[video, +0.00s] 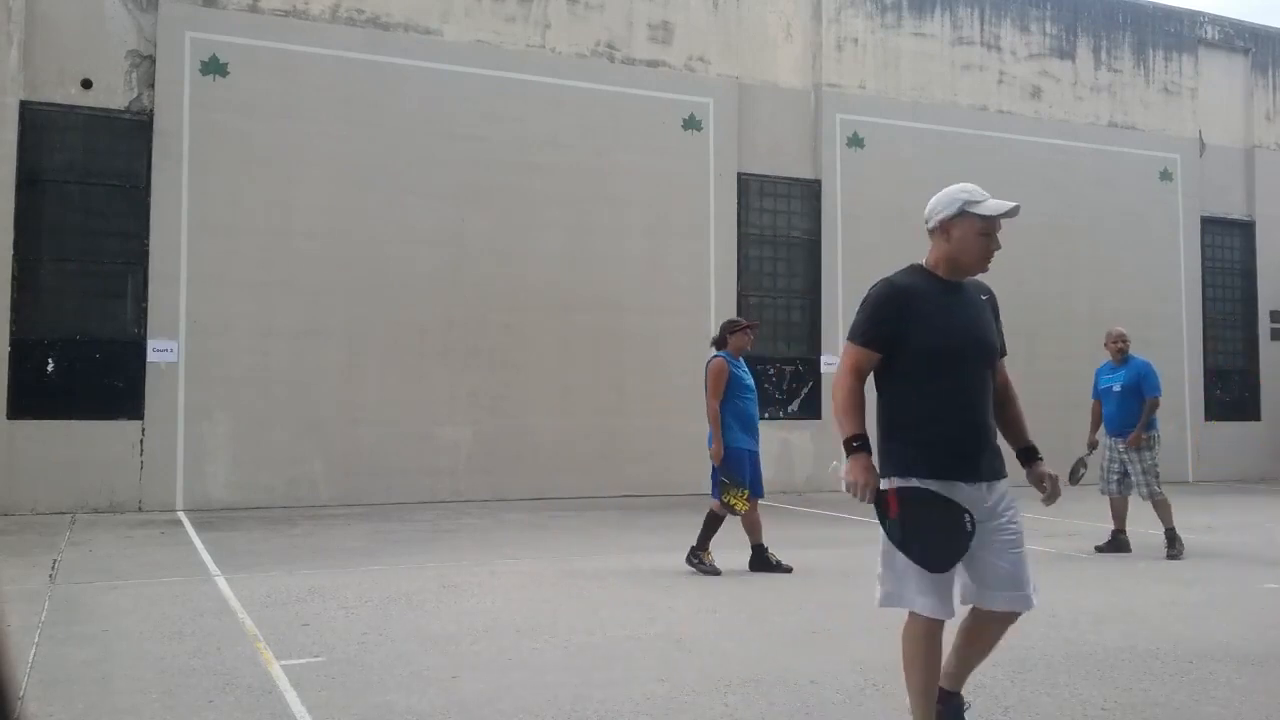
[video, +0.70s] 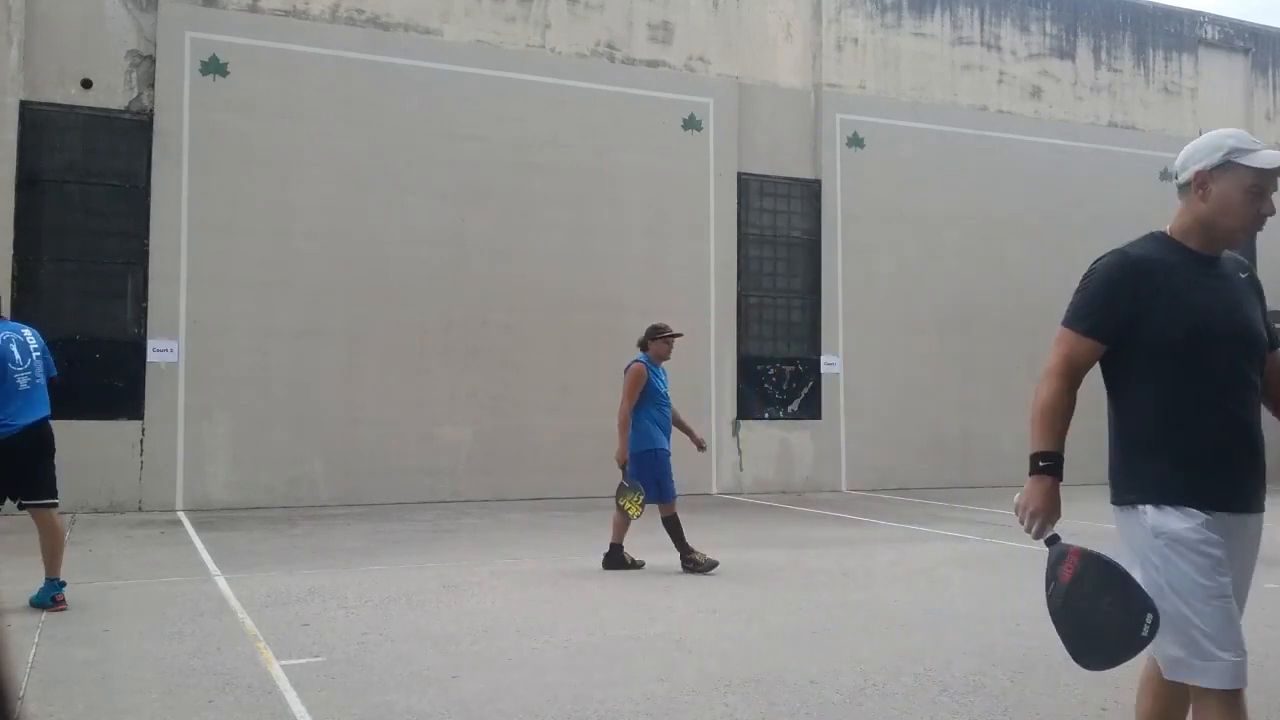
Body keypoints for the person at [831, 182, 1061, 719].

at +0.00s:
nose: (999, 239)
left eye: (998, 228)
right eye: (988, 227)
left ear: (964, 234)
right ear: (946, 230)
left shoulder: (983, 298)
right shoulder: (893, 294)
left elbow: (998, 383)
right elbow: (850, 374)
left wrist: (1030, 457)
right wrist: (856, 451)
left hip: (987, 483)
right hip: (919, 484)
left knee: (1005, 598)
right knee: (929, 607)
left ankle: (946, 692)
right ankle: (923, 715)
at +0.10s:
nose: (1024, 235)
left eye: (1024, 224)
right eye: (1012, 224)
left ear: (1009, 231)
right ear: (968, 224)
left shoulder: (1011, 294)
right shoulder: (920, 290)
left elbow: (1018, 382)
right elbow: (873, 375)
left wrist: (1046, 464)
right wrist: (900, 445)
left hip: (1012, 485)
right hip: (941, 486)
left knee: (1040, 608)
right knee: (939, 614)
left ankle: (1029, 717)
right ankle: (925, 717)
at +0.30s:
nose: (1098, 229)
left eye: (1101, 219)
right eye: (1085, 217)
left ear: (1101, 224)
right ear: (1039, 219)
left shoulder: (1087, 297)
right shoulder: (991, 294)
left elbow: (1083, 395)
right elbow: (941, 382)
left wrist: (1103, 471)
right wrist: (975, 454)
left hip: (1084, 502)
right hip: (1010, 502)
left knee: (1112, 637)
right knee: (982, 629)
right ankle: (940, 715)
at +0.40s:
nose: (1142, 224)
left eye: (1144, 214)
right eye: (1128, 212)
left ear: (1145, 217)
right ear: (1080, 211)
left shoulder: (1129, 291)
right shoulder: (1027, 287)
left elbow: (1136, 397)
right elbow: (976, 378)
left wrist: (1161, 480)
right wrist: (1000, 459)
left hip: (1132, 501)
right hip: (1052, 505)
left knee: (1151, 645)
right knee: (1042, 652)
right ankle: (982, 711)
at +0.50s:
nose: (1184, 215)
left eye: (1187, 204)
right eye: (1172, 201)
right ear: (1120, 198)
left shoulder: (1165, 285)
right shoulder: (1059, 277)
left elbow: (1184, 392)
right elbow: (1005, 373)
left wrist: (1227, 479)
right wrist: (1016, 467)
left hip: (1173, 502)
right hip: (1094, 501)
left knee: (1169, 653)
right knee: (1113, 654)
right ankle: (1064, 717)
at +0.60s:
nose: (1227, 209)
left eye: (1228, 195)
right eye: (1214, 192)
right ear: (1162, 188)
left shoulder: (1201, 278)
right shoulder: (1091, 270)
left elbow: (1232, 387)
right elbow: (1032, 370)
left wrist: (1277, 448)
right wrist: (1026, 468)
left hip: (1203, 496)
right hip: (1128, 495)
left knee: (1180, 653)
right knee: (1179, 652)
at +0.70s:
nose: (1270, 206)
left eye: (1271, 192)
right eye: (1258, 189)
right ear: (1203, 184)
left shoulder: (1241, 276)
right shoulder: (1124, 272)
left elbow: (1271, 379)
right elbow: (1061, 374)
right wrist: (1044, 474)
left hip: (1240, 504)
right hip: (1163, 506)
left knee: (1177, 663)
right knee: (1220, 675)